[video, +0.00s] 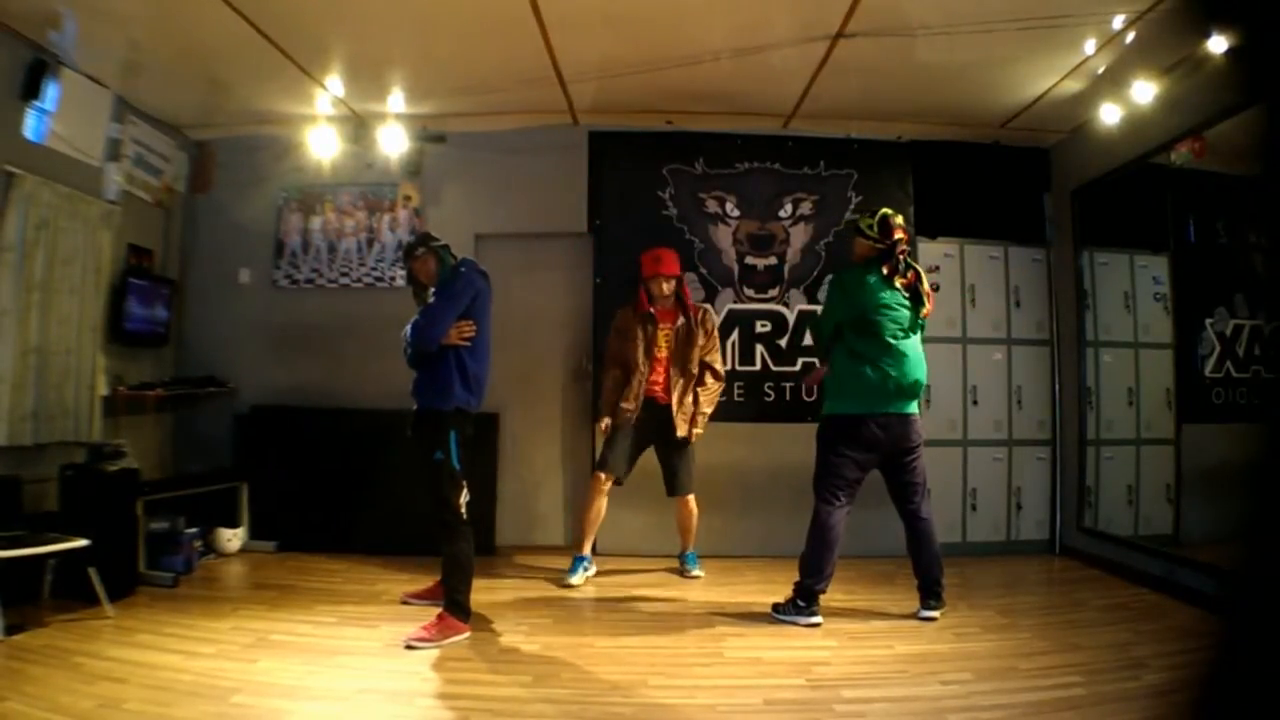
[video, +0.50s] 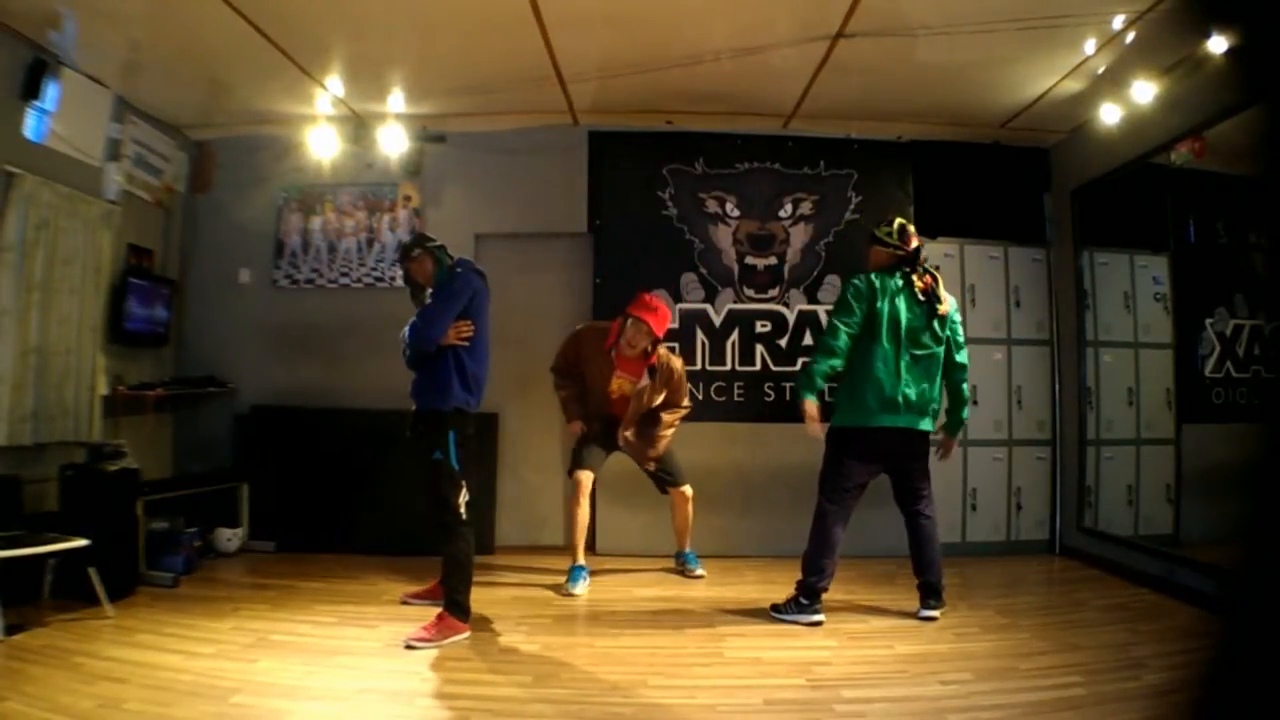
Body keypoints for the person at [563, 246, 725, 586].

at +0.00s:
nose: (663, 287)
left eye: (669, 280)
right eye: (657, 280)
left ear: (678, 282)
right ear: (646, 282)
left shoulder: (700, 318)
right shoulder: (628, 318)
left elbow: (713, 372)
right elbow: (614, 367)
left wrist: (698, 413)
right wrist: (606, 411)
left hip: (676, 415)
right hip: (634, 412)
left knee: (684, 494)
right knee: (601, 478)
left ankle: (688, 554)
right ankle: (583, 557)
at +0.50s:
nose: (635, 335)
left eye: (645, 333)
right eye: (634, 325)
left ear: (655, 338)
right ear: (625, 320)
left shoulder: (668, 366)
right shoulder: (590, 338)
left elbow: (677, 407)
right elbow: (562, 372)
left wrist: (651, 446)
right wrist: (573, 415)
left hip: (642, 429)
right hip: (598, 425)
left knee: (683, 492)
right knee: (581, 480)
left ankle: (684, 554)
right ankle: (578, 566)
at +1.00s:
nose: (641, 374)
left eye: (650, 370)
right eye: (638, 364)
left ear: (659, 375)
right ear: (628, 361)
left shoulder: (668, 393)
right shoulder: (599, 368)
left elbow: (659, 418)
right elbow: (560, 370)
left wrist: (646, 443)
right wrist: (566, 422)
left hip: (630, 439)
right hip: (589, 435)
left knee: (682, 491)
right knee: (572, 482)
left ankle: (683, 555)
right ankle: (577, 567)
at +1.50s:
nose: (678, 364)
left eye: (683, 357)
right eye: (671, 360)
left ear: (693, 355)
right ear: (661, 362)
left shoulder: (708, 375)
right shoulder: (641, 373)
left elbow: (706, 403)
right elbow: (609, 389)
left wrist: (688, 427)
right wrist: (611, 432)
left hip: (668, 439)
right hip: (630, 438)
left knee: (716, 488)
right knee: (602, 480)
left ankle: (687, 554)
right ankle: (579, 567)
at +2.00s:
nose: (714, 354)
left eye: (720, 349)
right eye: (708, 348)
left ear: (728, 350)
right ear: (695, 345)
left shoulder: (727, 376)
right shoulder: (667, 361)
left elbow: (717, 409)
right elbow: (626, 387)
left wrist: (702, 428)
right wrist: (626, 421)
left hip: (677, 440)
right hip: (640, 436)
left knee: (720, 487)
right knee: (607, 483)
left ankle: (687, 554)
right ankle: (580, 566)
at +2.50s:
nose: (686, 313)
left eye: (692, 307)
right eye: (680, 305)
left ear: (699, 310)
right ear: (665, 304)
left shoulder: (694, 345)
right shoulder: (633, 324)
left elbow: (691, 396)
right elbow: (594, 365)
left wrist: (690, 440)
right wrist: (599, 412)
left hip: (654, 422)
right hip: (618, 418)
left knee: (694, 485)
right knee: (586, 479)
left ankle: (685, 554)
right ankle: (577, 566)